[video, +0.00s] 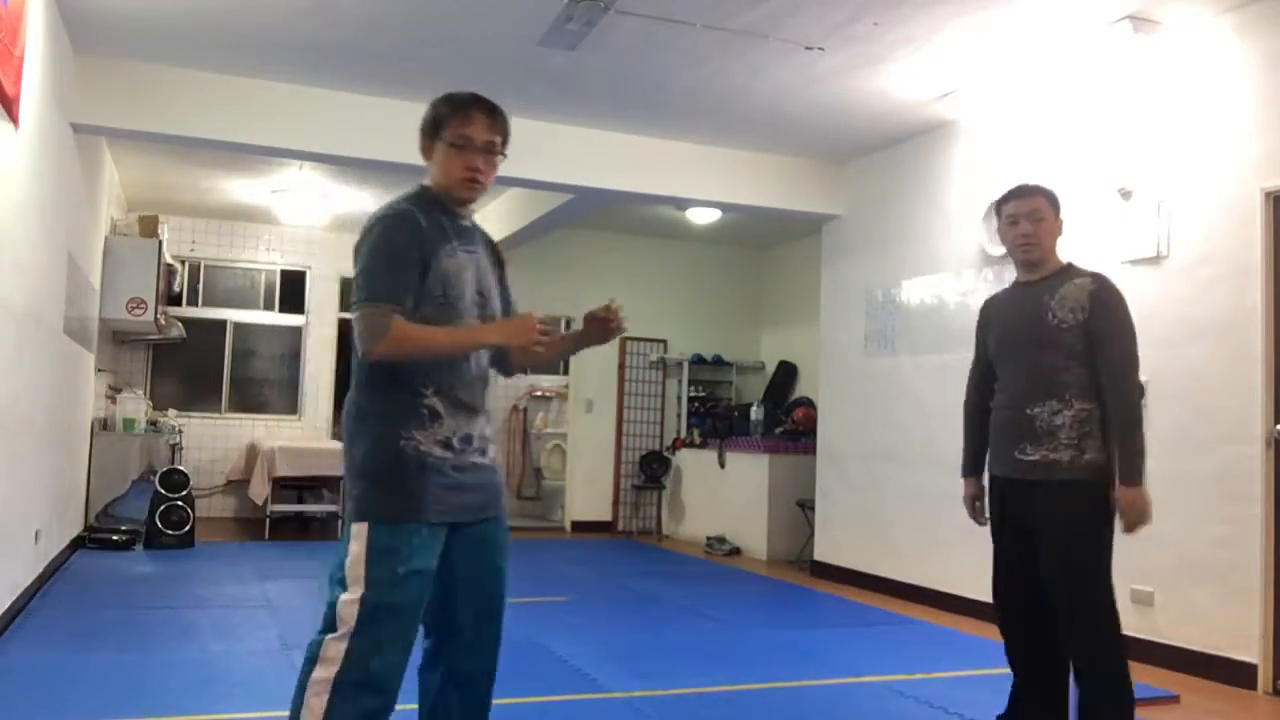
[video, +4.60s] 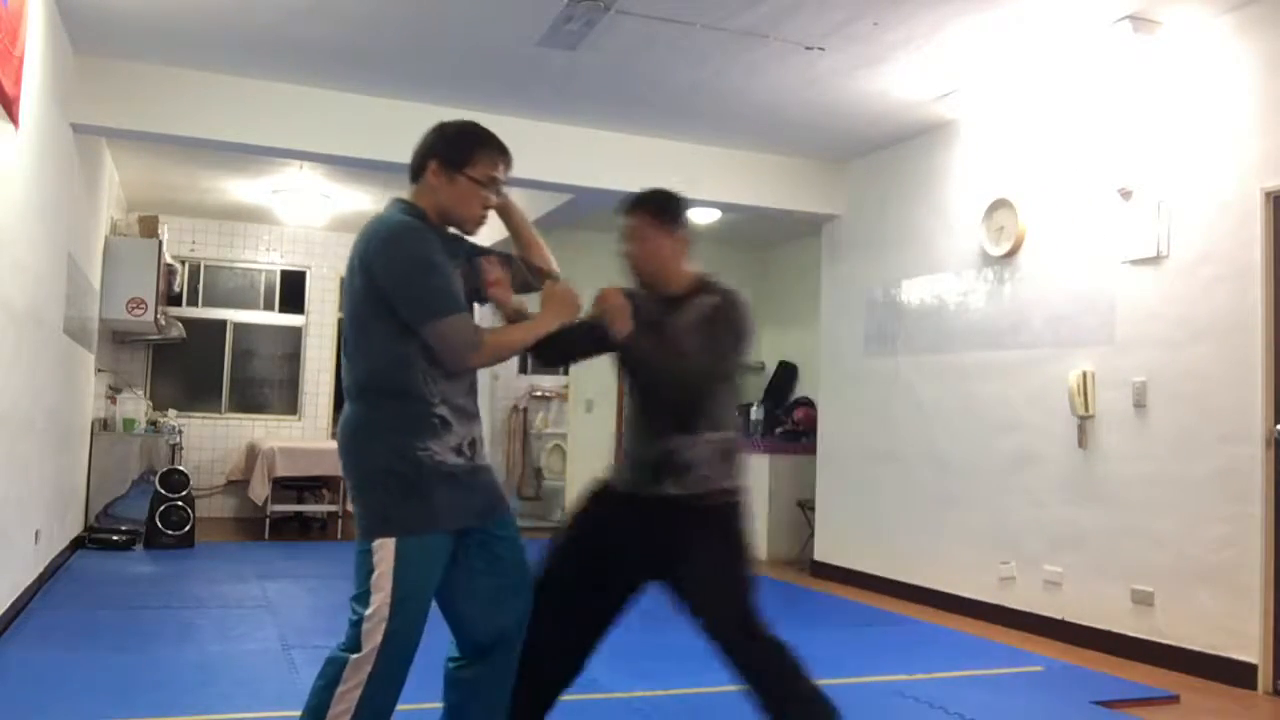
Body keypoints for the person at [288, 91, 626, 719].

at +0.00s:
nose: (478, 162)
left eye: (490, 151)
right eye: (463, 147)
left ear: (500, 162)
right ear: (428, 150)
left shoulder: (486, 249)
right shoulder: (396, 226)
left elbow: (504, 353)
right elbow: (377, 337)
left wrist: (577, 338)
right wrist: (493, 333)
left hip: (473, 477)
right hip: (398, 475)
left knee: (467, 651)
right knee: (363, 652)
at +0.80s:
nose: (512, 188)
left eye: (521, 180)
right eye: (498, 173)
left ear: (525, 188)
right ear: (459, 172)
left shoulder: (479, 250)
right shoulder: (449, 242)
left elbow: (508, 363)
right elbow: (474, 348)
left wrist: (579, 348)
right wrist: (555, 324)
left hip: (502, 463)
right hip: (453, 464)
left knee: (530, 616)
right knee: (425, 618)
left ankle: (531, 714)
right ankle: (354, 715)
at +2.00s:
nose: (549, 200)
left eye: (552, 188)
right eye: (545, 184)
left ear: (506, 180)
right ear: (509, 175)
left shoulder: (494, 249)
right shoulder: (473, 242)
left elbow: (559, 346)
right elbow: (543, 337)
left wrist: (640, 310)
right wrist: (593, 289)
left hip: (518, 464)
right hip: (472, 465)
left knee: (566, 600)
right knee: (450, 627)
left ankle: (555, 715)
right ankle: (398, 718)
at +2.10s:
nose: (568, 206)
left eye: (571, 194)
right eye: (563, 191)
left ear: (528, 187)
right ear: (527, 183)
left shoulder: (531, 262)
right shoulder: (484, 249)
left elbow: (616, 309)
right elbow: (572, 323)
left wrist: (696, 273)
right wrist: (614, 272)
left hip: (529, 464)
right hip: (479, 465)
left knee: (568, 622)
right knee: (454, 630)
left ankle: (587, 716)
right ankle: (399, 716)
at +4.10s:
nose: (580, 217)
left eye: (582, 205)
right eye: (574, 202)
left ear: (535, 198)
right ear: (534, 194)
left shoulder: (529, 267)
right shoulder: (496, 255)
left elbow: (608, 318)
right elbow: (564, 349)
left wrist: (631, 239)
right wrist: (627, 307)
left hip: (530, 470)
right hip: (479, 470)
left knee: (567, 604)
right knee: (462, 623)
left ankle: (563, 716)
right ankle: (395, 714)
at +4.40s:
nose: (527, 208)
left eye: (531, 195)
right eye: (520, 191)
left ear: (475, 187)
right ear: (473, 181)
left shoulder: (468, 253)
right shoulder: (431, 241)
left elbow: (552, 295)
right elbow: (505, 345)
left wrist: (559, 261)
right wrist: (584, 312)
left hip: (458, 464)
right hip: (405, 464)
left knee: (505, 603)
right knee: (383, 625)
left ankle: (506, 718)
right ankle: (325, 719)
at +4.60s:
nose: (491, 202)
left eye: (496, 190)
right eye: (485, 186)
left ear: (438, 178)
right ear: (439, 173)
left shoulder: (443, 245)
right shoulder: (399, 237)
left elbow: (540, 276)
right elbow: (464, 348)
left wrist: (501, 196)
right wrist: (544, 321)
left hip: (460, 465)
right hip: (402, 467)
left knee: (502, 627)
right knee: (379, 646)